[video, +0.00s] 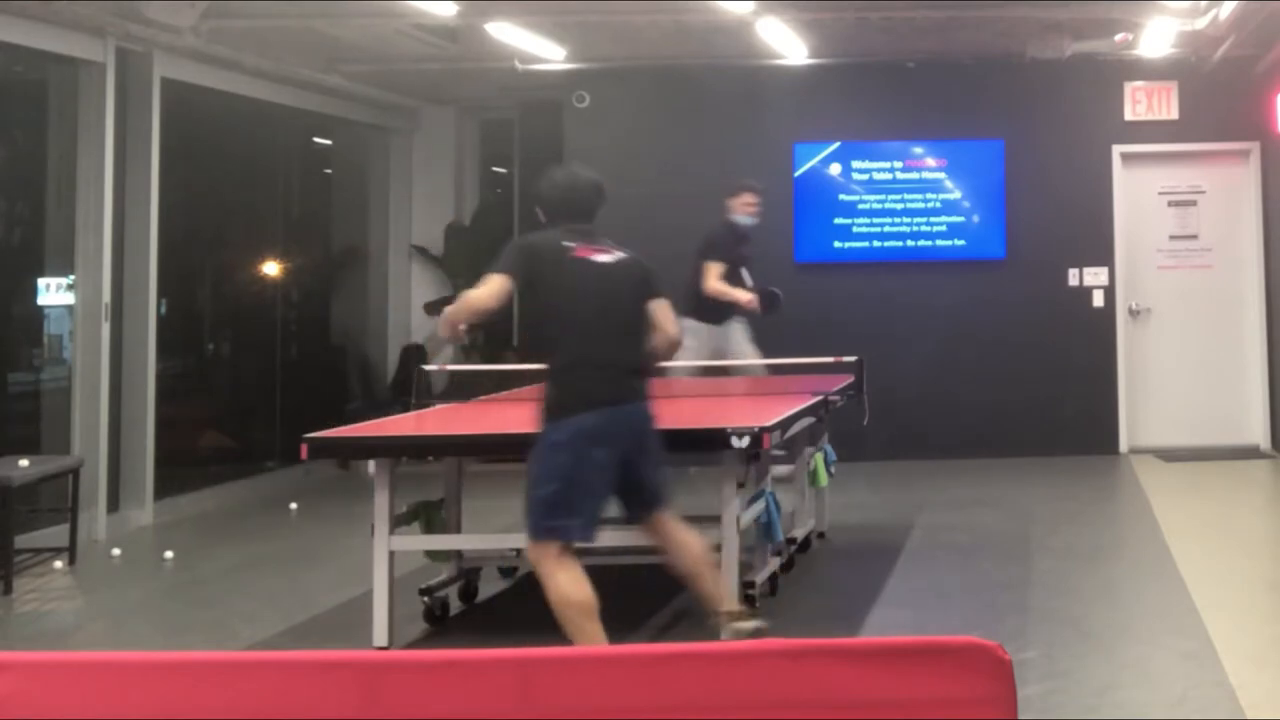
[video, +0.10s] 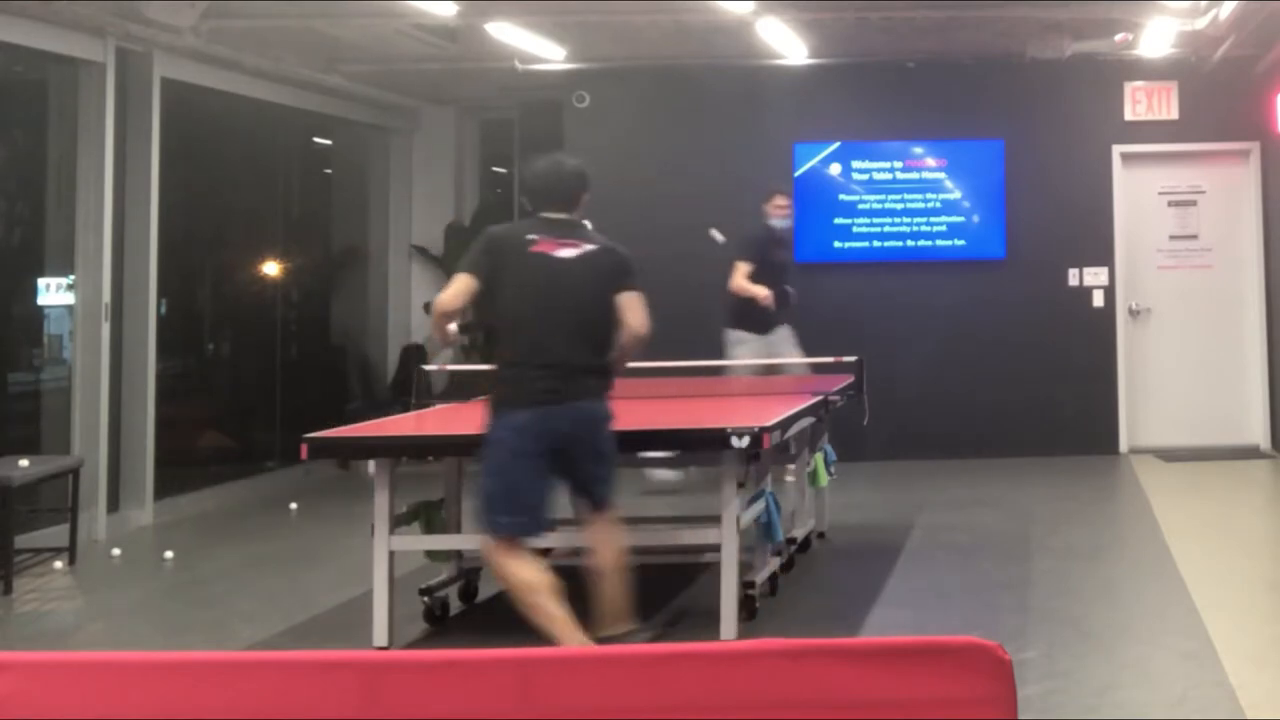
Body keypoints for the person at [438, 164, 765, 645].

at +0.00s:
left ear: (544, 208)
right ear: (596, 209)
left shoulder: (531, 248)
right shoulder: (627, 261)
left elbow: (484, 299)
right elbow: (668, 333)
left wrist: (454, 317)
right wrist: (636, 363)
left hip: (575, 420)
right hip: (630, 413)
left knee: (549, 547)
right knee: (658, 517)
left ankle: (600, 663)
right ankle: (732, 613)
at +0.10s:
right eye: (585, 195)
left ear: (527, 197)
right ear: (582, 199)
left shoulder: (499, 242)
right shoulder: (607, 253)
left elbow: (447, 304)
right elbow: (637, 326)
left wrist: (442, 332)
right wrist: (612, 358)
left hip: (520, 413)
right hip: (587, 409)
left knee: (505, 544)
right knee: (600, 517)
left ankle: (578, 649)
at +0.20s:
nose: (567, 213)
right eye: (566, 207)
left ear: (510, 206)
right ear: (562, 212)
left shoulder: (471, 252)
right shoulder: (582, 266)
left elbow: (411, 316)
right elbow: (608, 341)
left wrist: (433, 334)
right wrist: (593, 378)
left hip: (471, 424)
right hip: (539, 426)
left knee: (429, 540)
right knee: (544, 533)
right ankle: (538, 652)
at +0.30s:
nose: (541, 234)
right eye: (541, 228)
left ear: (477, 226)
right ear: (535, 234)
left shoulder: (437, 271)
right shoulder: (550, 287)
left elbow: (371, 327)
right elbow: (579, 365)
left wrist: (413, 327)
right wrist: (553, 399)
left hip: (420, 438)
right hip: (493, 442)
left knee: (359, 543)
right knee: (535, 535)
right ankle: (535, 655)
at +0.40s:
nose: (498, 256)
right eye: (496, 248)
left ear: (434, 244)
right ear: (490, 253)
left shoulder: (390, 287)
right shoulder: (497, 304)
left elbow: (319, 333)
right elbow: (533, 383)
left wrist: (366, 323)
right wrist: (498, 411)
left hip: (367, 459)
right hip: (444, 459)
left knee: (294, 561)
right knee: (513, 536)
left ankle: (206, 663)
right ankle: (534, 656)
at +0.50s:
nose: (444, 285)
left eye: (445, 275)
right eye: (441, 275)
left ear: (383, 262)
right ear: (424, 274)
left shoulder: (331, 295)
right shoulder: (431, 316)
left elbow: (265, 337)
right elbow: (478, 393)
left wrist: (320, 323)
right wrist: (440, 412)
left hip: (296, 467)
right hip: (370, 470)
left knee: (224, 572)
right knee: (457, 554)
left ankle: (155, 674)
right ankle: (524, 659)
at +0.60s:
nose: (392, 283)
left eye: (392, 273)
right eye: (390, 274)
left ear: (328, 262)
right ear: (376, 275)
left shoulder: (278, 293)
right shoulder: (382, 317)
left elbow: (221, 349)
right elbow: (434, 392)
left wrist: (276, 336)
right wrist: (382, 395)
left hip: (246, 462)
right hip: (319, 466)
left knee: (191, 575)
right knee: (401, 567)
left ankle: (140, 678)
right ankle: (482, 662)